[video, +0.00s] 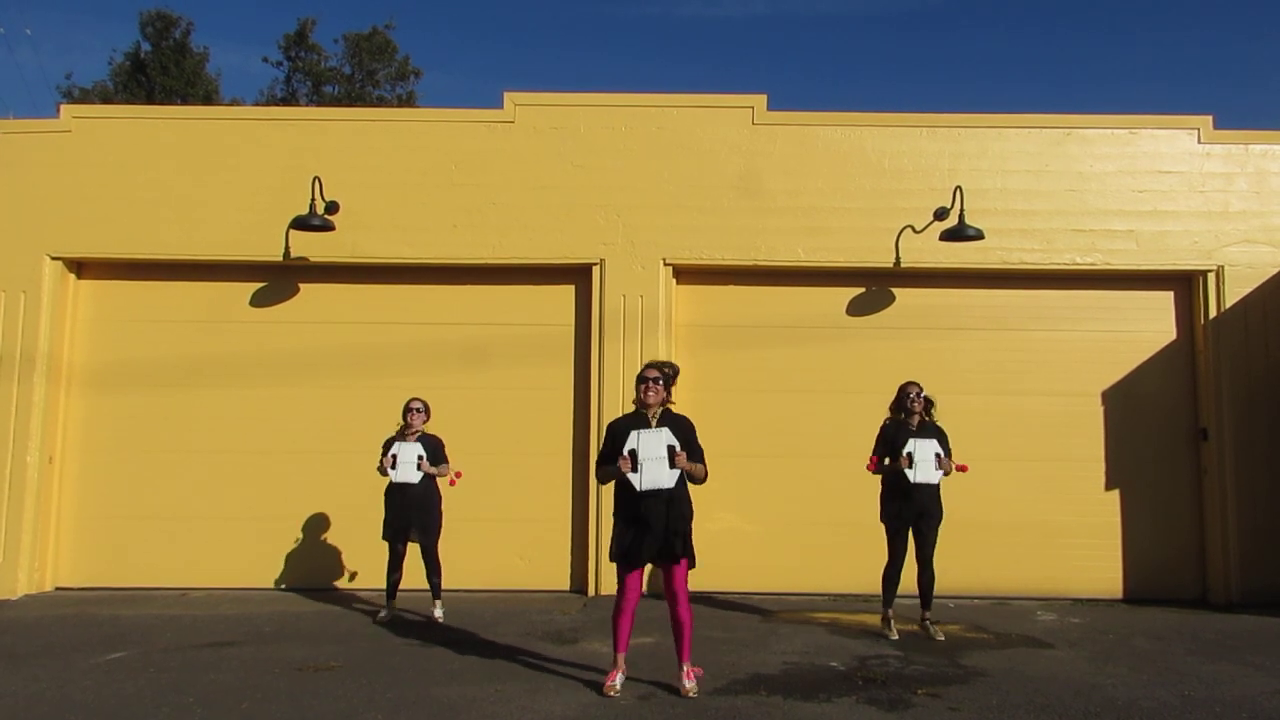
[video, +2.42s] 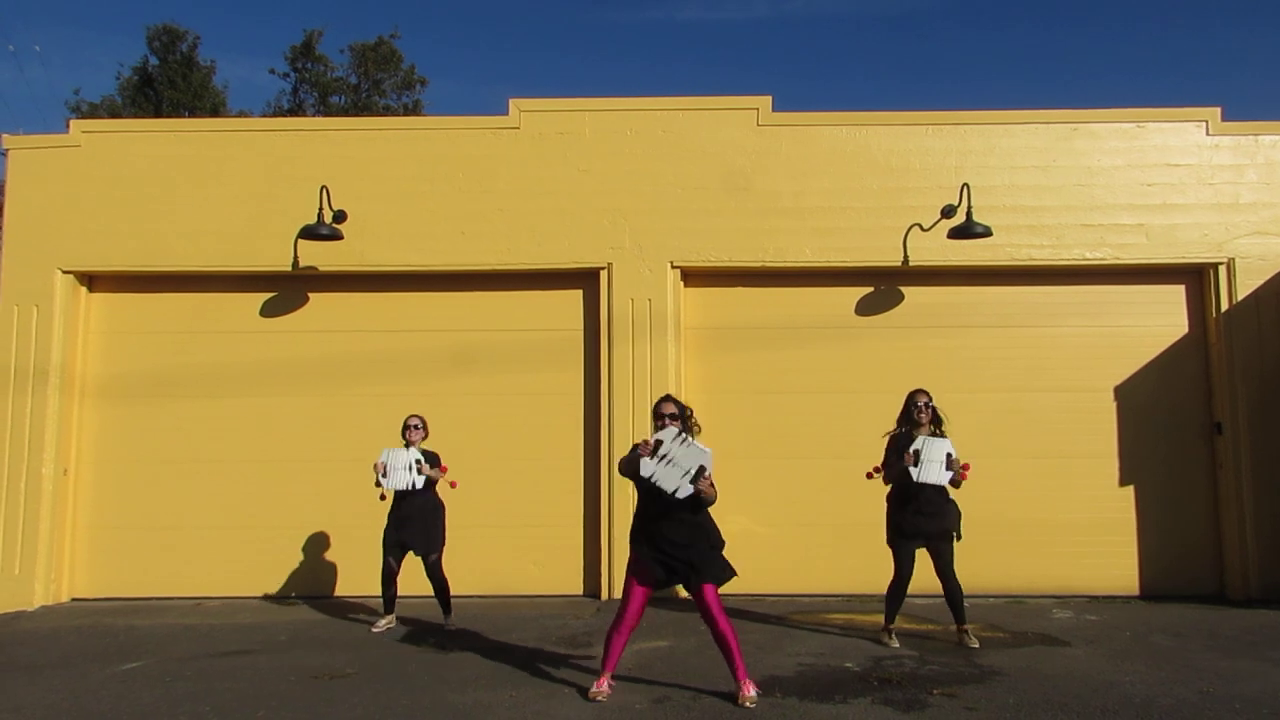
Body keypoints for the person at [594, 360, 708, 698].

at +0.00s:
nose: (649, 386)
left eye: (656, 382)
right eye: (644, 381)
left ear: (667, 390)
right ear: (636, 387)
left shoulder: (681, 425)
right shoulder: (619, 427)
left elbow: (701, 475)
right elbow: (601, 476)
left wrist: (686, 465)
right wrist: (618, 467)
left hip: (674, 524)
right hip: (632, 524)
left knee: (678, 597)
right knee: (627, 596)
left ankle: (685, 668)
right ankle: (618, 667)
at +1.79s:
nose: (653, 416)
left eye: (660, 411)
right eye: (647, 411)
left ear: (672, 415)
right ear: (640, 415)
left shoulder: (681, 447)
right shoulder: (631, 449)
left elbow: (702, 482)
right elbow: (623, 482)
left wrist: (704, 458)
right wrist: (638, 469)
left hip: (679, 540)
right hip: (636, 541)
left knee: (701, 613)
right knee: (621, 614)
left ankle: (724, 683)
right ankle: (600, 679)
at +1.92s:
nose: (660, 393)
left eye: (667, 388)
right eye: (655, 388)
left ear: (678, 392)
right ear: (647, 393)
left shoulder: (694, 423)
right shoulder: (638, 430)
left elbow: (736, 433)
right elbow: (626, 469)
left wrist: (741, 399)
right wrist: (608, 476)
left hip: (689, 522)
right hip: (647, 523)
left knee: (707, 593)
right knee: (628, 592)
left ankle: (728, 668)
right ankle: (608, 658)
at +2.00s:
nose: (665, 394)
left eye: (672, 389)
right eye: (660, 389)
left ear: (686, 392)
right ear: (653, 392)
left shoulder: (704, 417)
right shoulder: (647, 427)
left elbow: (741, 395)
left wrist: (755, 362)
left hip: (696, 515)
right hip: (654, 516)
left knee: (713, 594)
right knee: (636, 592)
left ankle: (731, 668)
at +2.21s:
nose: (684, 408)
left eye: (688, 402)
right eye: (677, 403)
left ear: (694, 402)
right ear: (665, 405)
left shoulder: (707, 427)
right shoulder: (654, 441)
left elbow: (736, 399)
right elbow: (629, 479)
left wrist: (732, 364)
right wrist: (600, 502)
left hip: (703, 526)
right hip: (661, 527)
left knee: (724, 600)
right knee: (634, 592)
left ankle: (737, 668)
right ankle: (626, 598)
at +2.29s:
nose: (670, 408)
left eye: (677, 402)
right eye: (665, 403)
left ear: (691, 404)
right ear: (659, 405)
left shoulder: (701, 432)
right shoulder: (650, 440)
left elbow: (729, 440)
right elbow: (630, 473)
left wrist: (717, 417)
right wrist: (615, 489)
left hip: (698, 523)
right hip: (655, 524)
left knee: (719, 596)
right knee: (627, 597)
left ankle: (744, 666)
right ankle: (608, 643)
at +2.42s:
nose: (666, 422)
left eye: (673, 417)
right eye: (660, 417)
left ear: (684, 420)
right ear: (653, 420)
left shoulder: (696, 453)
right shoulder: (644, 453)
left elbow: (710, 499)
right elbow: (624, 467)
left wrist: (709, 492)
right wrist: (636, 454)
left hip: (693, 544)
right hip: (650, 543)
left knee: (714, 614)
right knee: (628, 615)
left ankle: (743, 682)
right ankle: (604, 679)